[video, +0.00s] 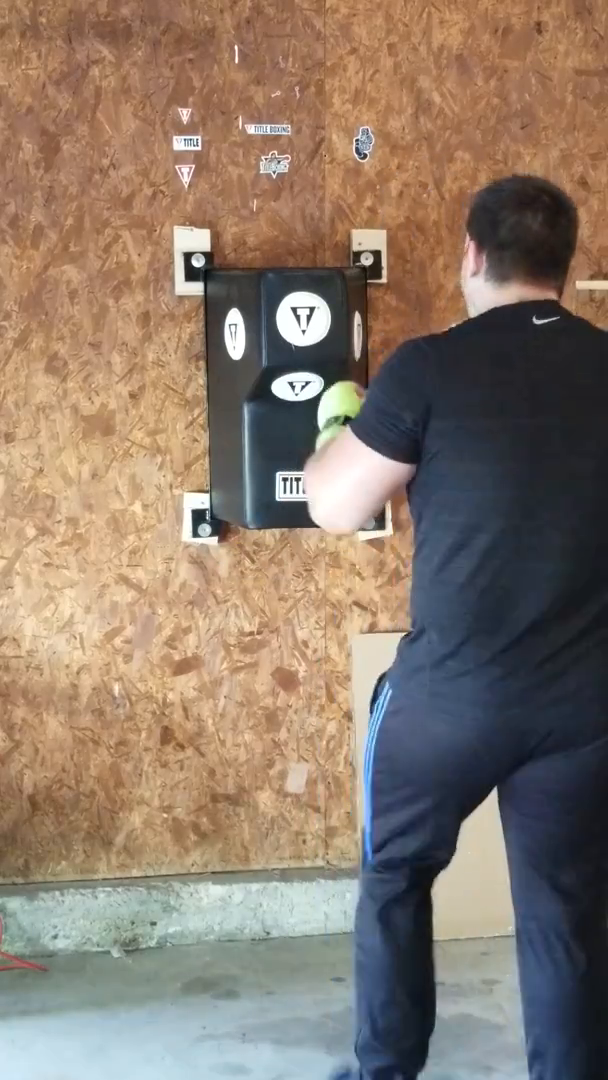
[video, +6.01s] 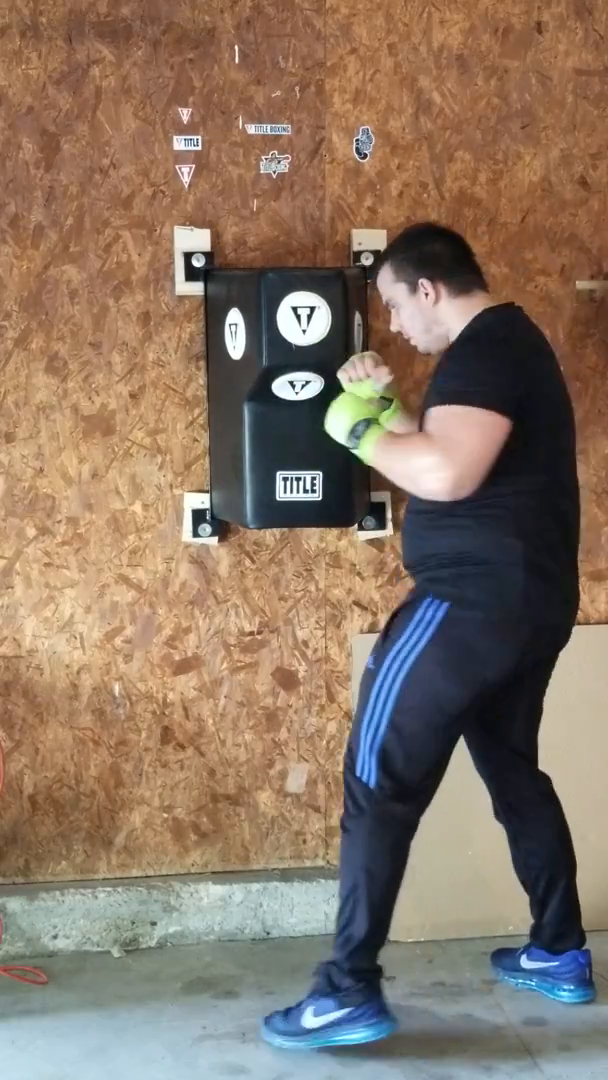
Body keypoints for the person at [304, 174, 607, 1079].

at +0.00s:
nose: (459, 262)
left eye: (462, 251)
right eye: (462, 250)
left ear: (473, 255)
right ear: (567, 264)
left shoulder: (430, 366)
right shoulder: (602, 357)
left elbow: (339, 505)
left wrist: (335, 459)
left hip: (458, 686)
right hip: (586, 691)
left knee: (395, 873)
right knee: (567, 919)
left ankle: (384, 1064)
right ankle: (566, 1071)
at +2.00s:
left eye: (254, 314)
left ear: (259, 311)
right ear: (338, 293)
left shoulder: (227, 378)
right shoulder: (410, 340)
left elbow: (191, 517)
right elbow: (470, 457)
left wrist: (240, 477)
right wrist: (387, 440)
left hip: (293, 638)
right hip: (415, 625)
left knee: (292, 826)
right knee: (471, 813)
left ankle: (273, 1014)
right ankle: (537, 1002)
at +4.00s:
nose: (417, 330)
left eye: (414, 317)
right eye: (414, 316)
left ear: (433, 314)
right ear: (496, 289)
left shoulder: (436, 397)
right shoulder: (591, 340)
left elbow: (382, 517)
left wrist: (314, 445)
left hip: (527, 627)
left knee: (496, 802)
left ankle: (490, 987)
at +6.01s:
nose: (396, 326)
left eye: (396, 305)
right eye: (391, 310)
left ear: (429, 287)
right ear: (453, 283)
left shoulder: (483, 350)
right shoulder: (514, 342)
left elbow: (444, 472)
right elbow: (457, 458)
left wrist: (369, 428)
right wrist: (393, 411)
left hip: (470, 597)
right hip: (534, 598)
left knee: (378, 782)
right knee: (511, 768)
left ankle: (349, 987)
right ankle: (560, 953)